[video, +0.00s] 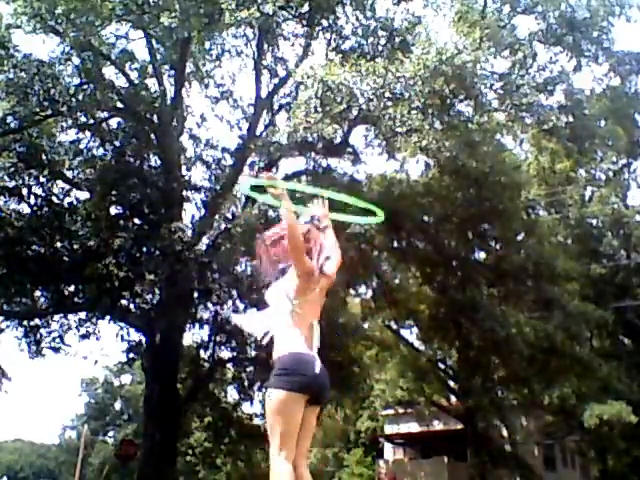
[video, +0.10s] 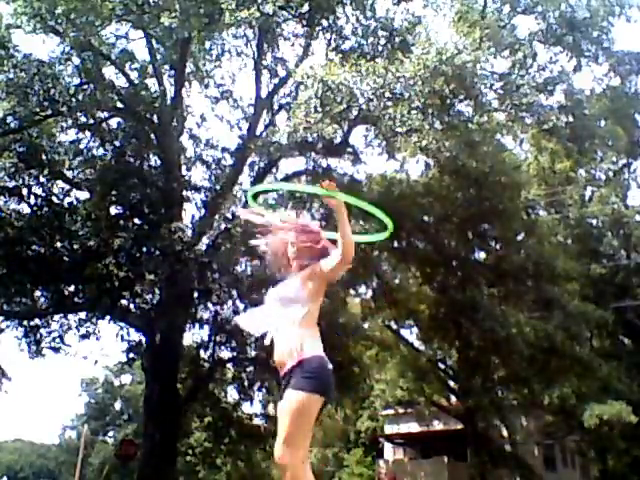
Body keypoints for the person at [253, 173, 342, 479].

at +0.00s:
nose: (291, 243)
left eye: (295, 237)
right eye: (292, 237)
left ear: (304, 242)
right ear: (319, 244)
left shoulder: (303, 273)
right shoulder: (323, 278)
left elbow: (293, 232)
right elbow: (334, 252)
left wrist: (283, 196)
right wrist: (326, 221)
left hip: (291, 365)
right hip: (316, 368)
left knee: (281, 457)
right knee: (300, 461)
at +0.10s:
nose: (288, 247)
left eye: (293, 241)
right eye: (288, 242)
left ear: (307, 245)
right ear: (292, 249)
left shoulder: (316, 273)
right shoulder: (286, 285)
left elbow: (346, 258)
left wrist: (340, 209)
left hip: (309, 368)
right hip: (289, 375)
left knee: (286, 455)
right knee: (298, 461)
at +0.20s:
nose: (310, 252)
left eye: (318, 247)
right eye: (305, 245)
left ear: (326, 250)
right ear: (294, 246)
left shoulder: (331, 276)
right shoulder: (277, 278)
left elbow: (376, 277)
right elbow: (263, 267)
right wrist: (262, 232)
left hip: (319, 373)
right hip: (283, 377)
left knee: (301, 461)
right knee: (272, 463)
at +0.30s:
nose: (326, 254)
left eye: (332, 251)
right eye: (322, 247)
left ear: (337, 258)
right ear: (304, 246)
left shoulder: (338, 288)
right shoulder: (280, 279)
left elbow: (375, 306)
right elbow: (236, 276)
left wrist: (388, 268)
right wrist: (244, 239)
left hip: (326, 379)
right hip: (286, 376)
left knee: (309, 461)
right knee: (288, 454)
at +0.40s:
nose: (338, 252)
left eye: (341, 246)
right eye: (333, 243)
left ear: (343, 252)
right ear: (317, 244)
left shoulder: (339, 290)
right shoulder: (291, 271)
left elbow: (351, 318)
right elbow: (239, 273)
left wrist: (373, 285)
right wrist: (257, 237)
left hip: (329, 376)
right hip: (293, 370)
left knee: (315, 458)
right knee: (308, 454)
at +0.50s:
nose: (342, 253)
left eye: (345, 248)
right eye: (338, 245)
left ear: (345, 252)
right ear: (323, 243)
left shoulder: (333, 282)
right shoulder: (304, 268)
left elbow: (330, 320)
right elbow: (261, 272)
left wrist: (350, 299)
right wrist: (293, 240)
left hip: (326, 376)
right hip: (303, 369)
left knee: (325, 463)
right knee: (314, 461)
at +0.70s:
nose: (345, 253)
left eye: (345, 248)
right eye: (343, 247)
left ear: (307, 242)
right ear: (333, 243)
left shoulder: (288, 272)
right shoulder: (333, 264)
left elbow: (269, 318)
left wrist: (293, 326)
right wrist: (385, 290)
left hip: (287, 364)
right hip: (325, 360)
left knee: (300, 458)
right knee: (326, 461)